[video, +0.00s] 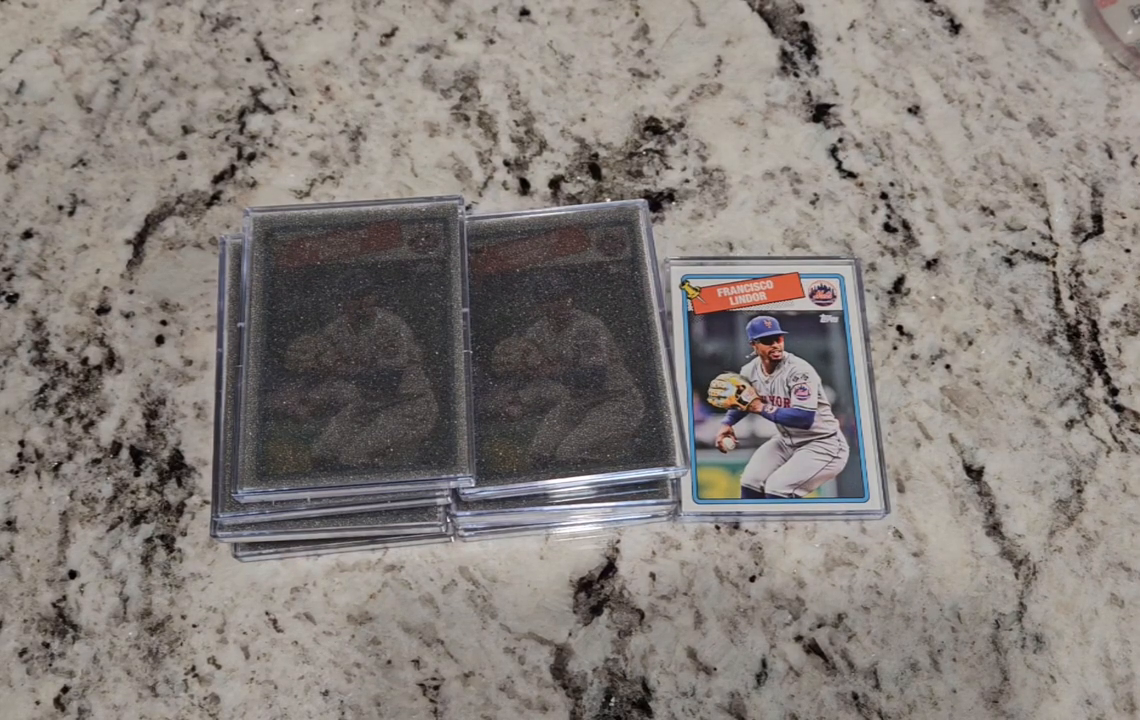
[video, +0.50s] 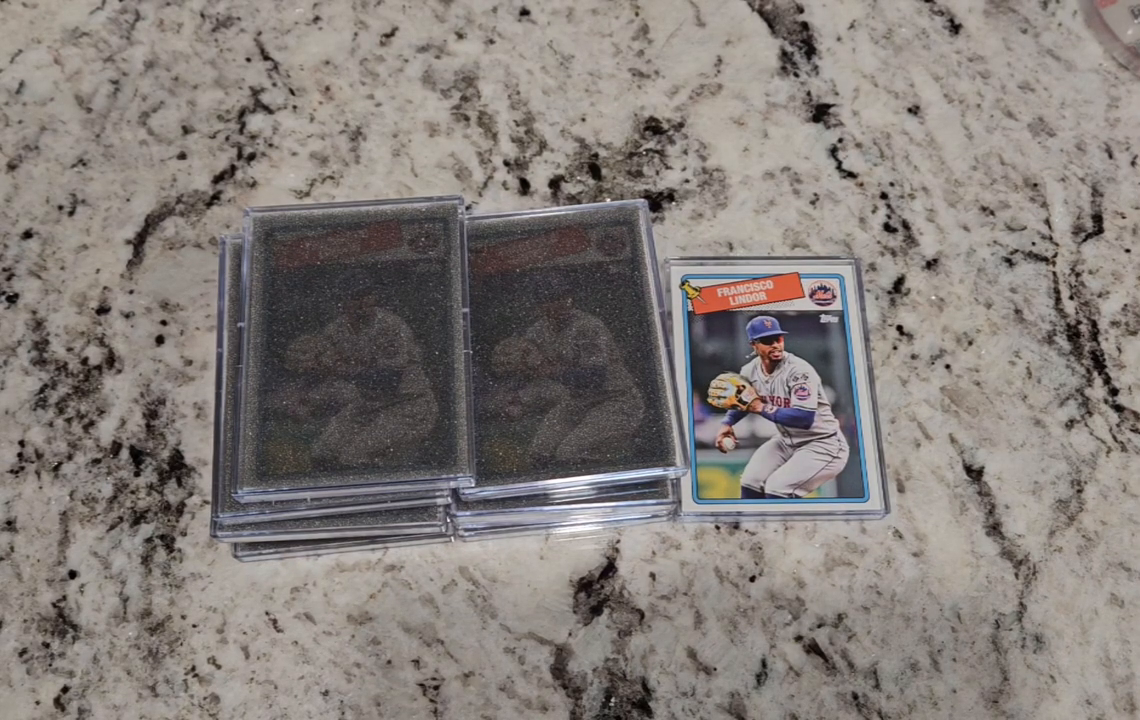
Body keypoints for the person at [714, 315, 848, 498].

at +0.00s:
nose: (775, 346)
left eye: (778, 339)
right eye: (767, 342)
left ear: (783, 339)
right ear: (754, 346)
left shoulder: (800, 371)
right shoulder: (749, 372)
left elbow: (804, 419)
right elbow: (743, 402)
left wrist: (760, 407)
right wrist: (726, 424)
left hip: (824, 445)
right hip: (786, 442)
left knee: (777, 487)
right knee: (751, 482)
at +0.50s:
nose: (775, 346)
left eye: (778, 339)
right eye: (767, 342)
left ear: (783, 339)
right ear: (754, 346)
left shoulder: (800, 371)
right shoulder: (749, 372)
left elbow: (804, 419)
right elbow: (743, 402)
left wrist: (760, 407)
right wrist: (726, 424)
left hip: (824, 445)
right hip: (786, 442)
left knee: (777, 487)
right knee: (751, 482)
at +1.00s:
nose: (776, 345)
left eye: (778, 339)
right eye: (767, 341)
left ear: (783, 339)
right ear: (754, 346)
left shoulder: (800, 371)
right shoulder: (749, 372)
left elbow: (804, 419)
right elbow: (742, 403)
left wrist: (761, 407)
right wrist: (726, 425)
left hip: (824, 445)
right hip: (786, 443)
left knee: (777, 488)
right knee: (751, 482)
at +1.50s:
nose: (775, 345)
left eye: (778, 339)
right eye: (767, 341)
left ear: (783, 339)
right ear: (754, 346)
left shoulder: (800, 371)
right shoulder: (748, 372)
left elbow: (803, 419)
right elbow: (742, 403)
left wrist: (760, 407)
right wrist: (726, 425)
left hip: (824, 445)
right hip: (786, 443)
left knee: (776, 488)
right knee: (750, 482)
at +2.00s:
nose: (776, 346)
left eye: (778, 339)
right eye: (767, 341)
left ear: (783, 339)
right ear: (754, 346)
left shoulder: (800, 371)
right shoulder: (749, 372)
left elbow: (803, 419)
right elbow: (742, 403)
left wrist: (760, 407)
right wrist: (726, 425)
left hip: (824, 446)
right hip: (786, 443)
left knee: (777, 488)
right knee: (751, 482)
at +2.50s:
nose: (776, 348)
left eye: (778, 342)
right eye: (768, 344)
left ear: (783, 341)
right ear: (755, 349)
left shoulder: (800, 373)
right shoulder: (749, 374)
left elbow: (805, 420)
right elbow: (744, 407)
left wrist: (761, 410)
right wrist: (727, 428)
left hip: (817, 447)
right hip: (785, 445)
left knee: (779, 491)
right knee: (752, 486)